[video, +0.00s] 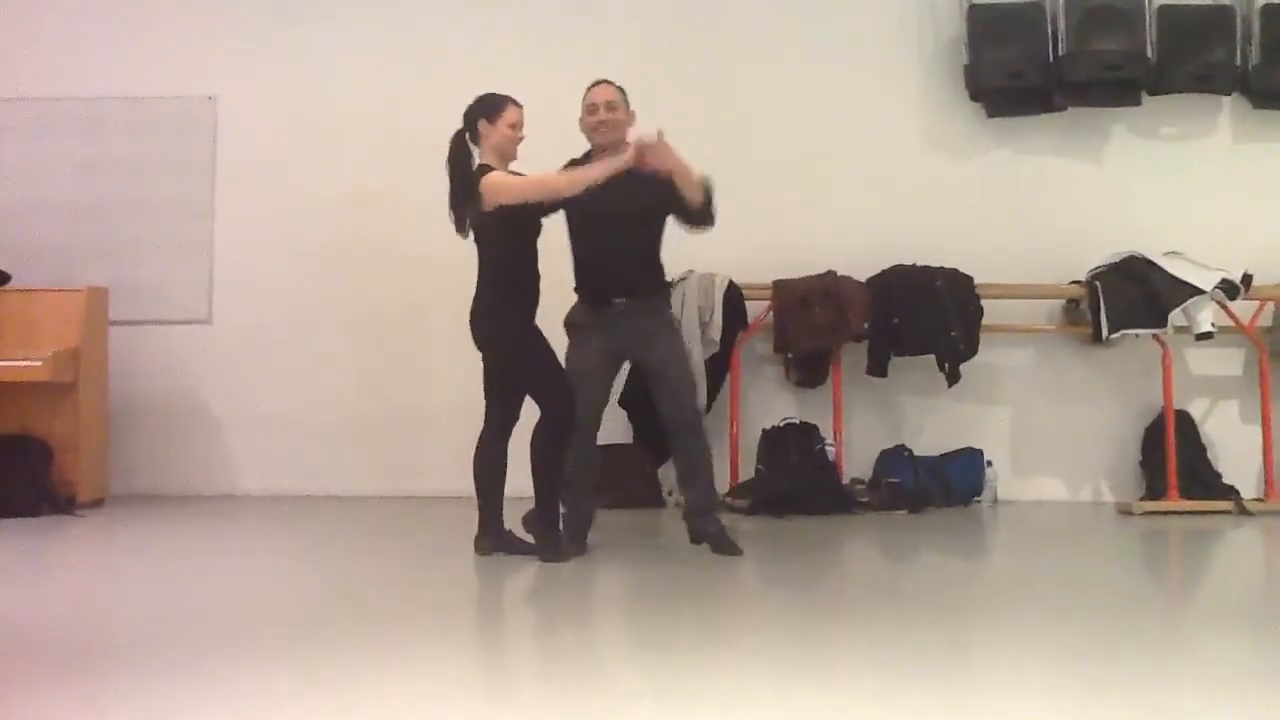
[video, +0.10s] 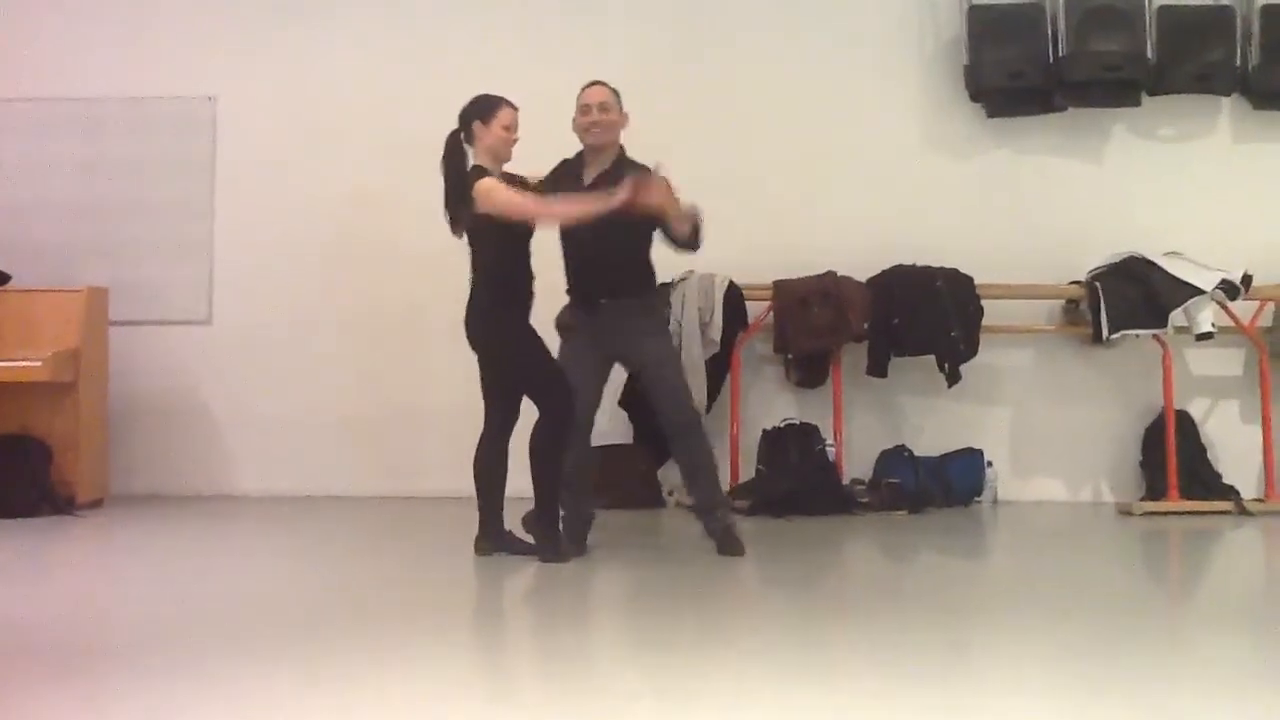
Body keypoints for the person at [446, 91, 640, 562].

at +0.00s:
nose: (521, 135)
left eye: (522, 127)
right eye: (514, 126)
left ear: (496, 131)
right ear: (485, 128)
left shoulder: (503, 182)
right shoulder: (489, 184)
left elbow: (559, 188)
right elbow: (559, 186)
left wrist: (617, 159)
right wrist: (620, 161)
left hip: (507, 316)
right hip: (504, 320)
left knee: (499, 422)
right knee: (561, 405)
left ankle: (490, 530)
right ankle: (545, 518)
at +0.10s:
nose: (514, 137)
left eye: (515, 129)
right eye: (507, 128)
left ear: (490, 134)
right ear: (478, 129)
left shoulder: (497, 180)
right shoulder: (481, 187)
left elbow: (551, 192)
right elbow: (545, 211)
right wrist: (615, 200)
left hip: (502, 317)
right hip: (498, 321)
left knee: (499, 421)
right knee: (558, 402)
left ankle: (490, 531)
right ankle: (545, 519)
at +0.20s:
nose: (504, 141)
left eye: (504, 132)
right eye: (496, 132)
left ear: (480, 137)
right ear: (466, 134)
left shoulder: (487, 189)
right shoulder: (464, 197)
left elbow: (534, 212)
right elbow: (502, 261)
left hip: (490, 322)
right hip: (480, 326)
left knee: (494, 424)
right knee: (546, 404)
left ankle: (489, 531)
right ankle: (521, 520)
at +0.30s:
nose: (496, 141)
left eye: (497, 132)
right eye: (487, 131)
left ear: (483, 137)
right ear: (458, 133)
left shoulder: (479, 189)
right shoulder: (454, 196)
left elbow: (514, 231)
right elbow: (473, 267)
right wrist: (544, 272)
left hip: (489, 320)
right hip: (471, 324)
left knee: (532, 411)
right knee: (496, 422)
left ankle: (479, 506)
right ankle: (488, 531)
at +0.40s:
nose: (487, 143)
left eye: (489, 135)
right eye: (478, 134)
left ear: (483, 141)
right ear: (449, 136)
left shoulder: (471, 190)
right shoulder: (444, 195)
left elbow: (491, 242)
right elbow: (459, 263)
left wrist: (528, 235)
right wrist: (517, 247)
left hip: (481, 321)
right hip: (462, 325)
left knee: (496, 424)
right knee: (498, 424)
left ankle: (492, 533)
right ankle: (429, 501)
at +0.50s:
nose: (474, 141)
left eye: (478, 134)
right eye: (465, 133)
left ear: (481, 141)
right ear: (439, 136)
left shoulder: (475, 196)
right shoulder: (429, 193)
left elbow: (512, 246)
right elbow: (447, 248)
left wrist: (537, 209)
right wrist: (495, 209)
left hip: (470, 325)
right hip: (437, 325)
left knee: (501, 421)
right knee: (446, 426)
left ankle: (489, 532)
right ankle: (389, 518)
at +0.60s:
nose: (467, 143)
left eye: (472, 137)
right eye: (458, 134)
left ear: (477, 144)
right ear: (434, 137)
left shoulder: (477, 201)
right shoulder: (418, 196)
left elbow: (522, 246)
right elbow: (437, 248)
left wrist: (537, 200)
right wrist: (481, 204)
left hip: (461, 331)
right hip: (420, 328)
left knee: (506, 420)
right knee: (409, 423)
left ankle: (489, 532)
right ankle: (382, 525)